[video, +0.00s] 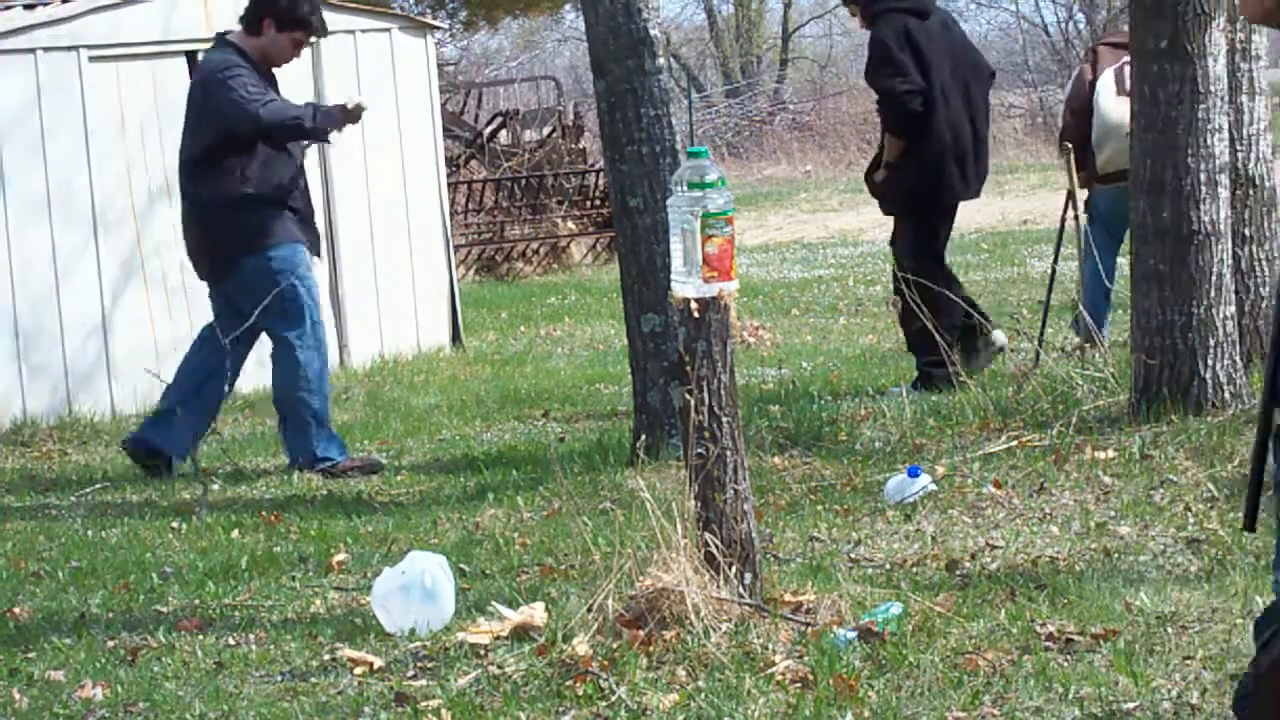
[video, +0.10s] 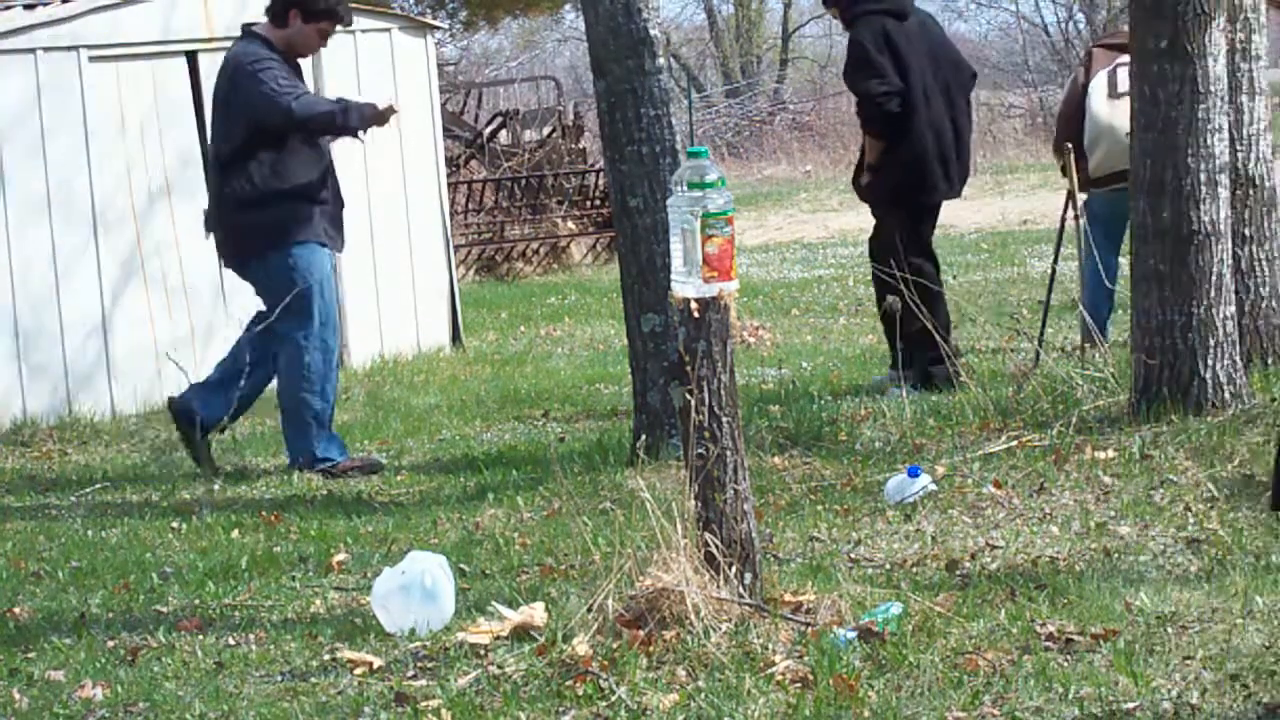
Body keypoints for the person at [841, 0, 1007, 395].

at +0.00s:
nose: (855, 18)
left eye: (853, 9)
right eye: (852, 11)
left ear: (866, 2)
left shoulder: (886, 29)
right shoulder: (938, 19)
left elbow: (904, 101)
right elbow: (981, 72)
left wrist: (888, 161)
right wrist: (966, 136)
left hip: (923, 169)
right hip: (957, 163)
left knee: (912, 269)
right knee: (924, 261)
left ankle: (937, 374)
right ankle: (976, 335)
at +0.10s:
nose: (834, 16)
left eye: (833, 9)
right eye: (831, 10)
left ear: (845, 3)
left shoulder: (865, 30)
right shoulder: (921, 20)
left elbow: (883, 103)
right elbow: (962, 75)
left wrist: (869, 164)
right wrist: (949, 142)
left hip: (901, 172)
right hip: (937, 163)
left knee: (900, 260)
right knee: (899, 257)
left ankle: (929, 370)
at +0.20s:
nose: (812, 16)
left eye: (812, 9)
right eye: (811, 11)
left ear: (825, 4)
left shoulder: (846, 35)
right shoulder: (904, 25)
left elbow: (860, 105)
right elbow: (943, 80)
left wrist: (852, 163)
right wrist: (929, 146)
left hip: (884, 176)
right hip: (924, 168)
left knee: (903, 271)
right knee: (871, 268)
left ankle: (937, 372)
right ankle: (852, 368)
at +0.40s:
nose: (785, 19)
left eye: (786, 12)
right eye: (784, 13)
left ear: (798, 9)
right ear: (835, 2)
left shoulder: (811, 41)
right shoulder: (872, 37)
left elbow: (820, 110)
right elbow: (906, 97)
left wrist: (807, 171)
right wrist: (889, 158)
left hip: (837, 180)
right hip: (881, 175)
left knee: (844, 274)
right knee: (848, 275)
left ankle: (920, 360)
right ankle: (832, 374)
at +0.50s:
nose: (770, 18)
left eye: (772, 11)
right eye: (770, 12)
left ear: (784, 8)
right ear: (823, 3)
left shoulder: (794, 40)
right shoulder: (857, 38)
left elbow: (800, 106)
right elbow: (890, 98)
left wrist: (788, 160)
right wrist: (867, 146)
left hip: (817, 176)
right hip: (863, 172)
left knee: (793, 264)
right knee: (840, 270)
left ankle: (875, 336)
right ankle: (831, 376)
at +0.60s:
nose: (757, 15)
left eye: (759, 10)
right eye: (758, 11)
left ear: (768, 8)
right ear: (811, 3)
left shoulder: (778, 38)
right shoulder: (842, 37)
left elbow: (783, 103)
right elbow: (877, 96)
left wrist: (769, 160)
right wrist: (849, 140)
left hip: (799, 174)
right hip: (848, 170)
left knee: (765, 254)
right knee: (832, 265)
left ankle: (830, 343)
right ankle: (833, 367)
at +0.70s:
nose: (741, 16)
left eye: (743, 11)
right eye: (742, 12)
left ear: (753, 8)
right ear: (798, 3)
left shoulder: (761, 40)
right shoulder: (829, 39)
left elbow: (766, 106)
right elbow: (863, 97)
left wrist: (753, 161)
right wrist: (833, 139)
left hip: (779, 178)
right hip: (832, 173)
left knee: (756, 264)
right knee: (824, 272)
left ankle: (780, 366)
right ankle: (833, 373)